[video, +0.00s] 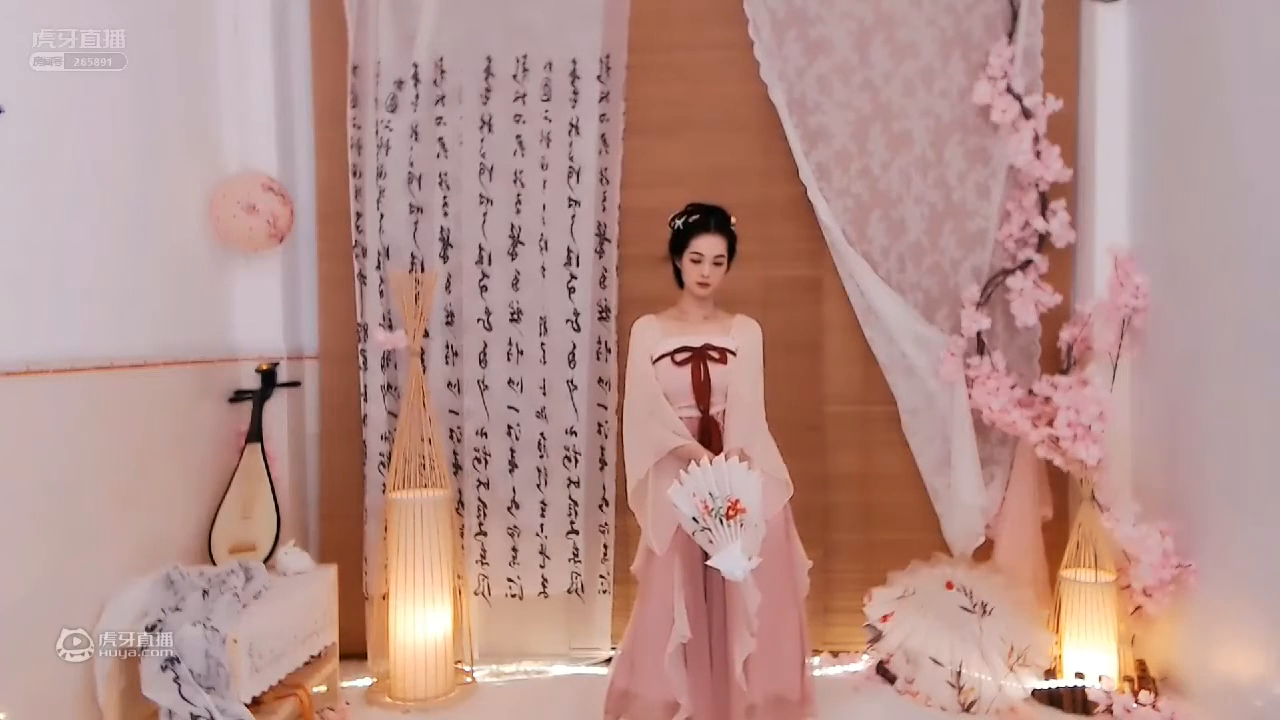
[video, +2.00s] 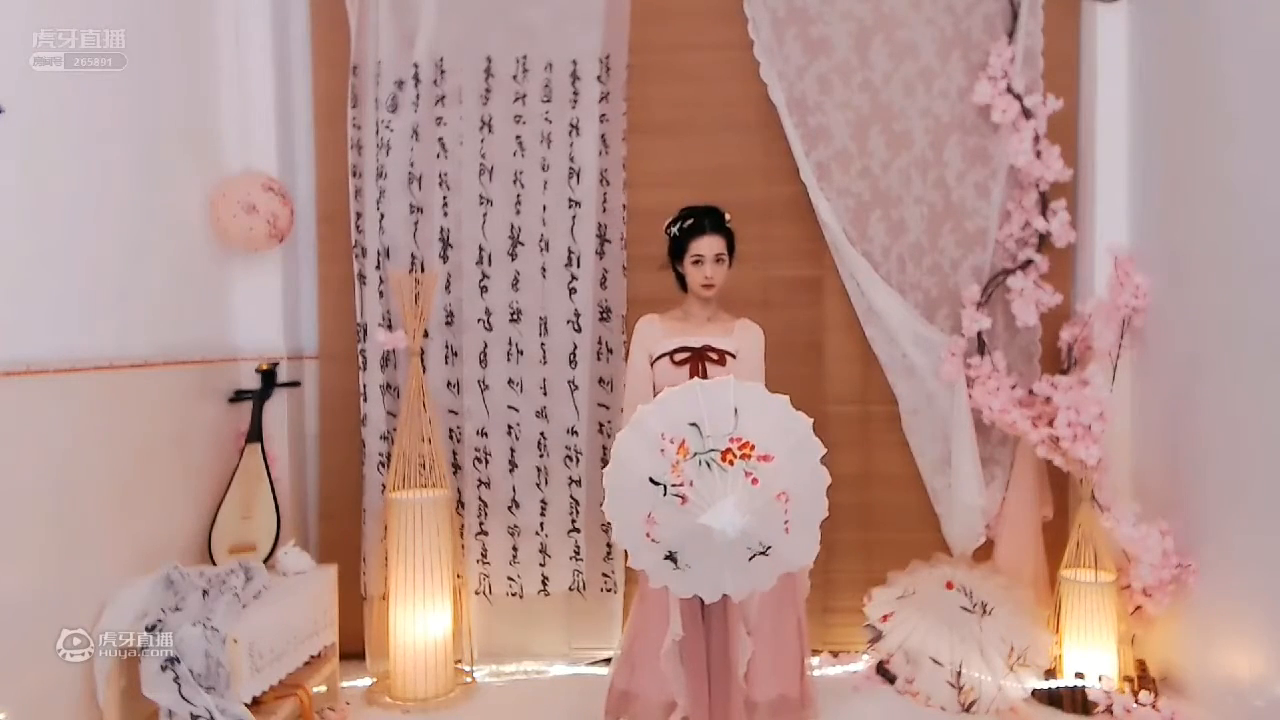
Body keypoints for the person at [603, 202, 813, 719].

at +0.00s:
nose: (707, 272)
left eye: (718, 262)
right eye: (697, 260)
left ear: (729, 267)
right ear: (677, 261)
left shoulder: (745, 330)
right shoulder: (648, 330)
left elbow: (750, 412)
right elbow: (645, 411)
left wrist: (738, 464)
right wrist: (689, 451)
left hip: (741, 470)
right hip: (674, 472)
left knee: (745, 590)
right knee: (679, 588)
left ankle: (747, 703)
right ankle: (681, 704)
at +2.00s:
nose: (709, 272)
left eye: (718, 261)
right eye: (698, 261)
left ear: (730, 265)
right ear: (678, 265)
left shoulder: (749, 334)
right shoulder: (651, 329)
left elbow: (757, 423)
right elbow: (636, 419)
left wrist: (753, 493)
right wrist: (651, 493)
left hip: (735, 486)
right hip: (670, 485)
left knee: (734, 606)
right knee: (674, 604)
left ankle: (735, 710)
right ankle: (676, 710)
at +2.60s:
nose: (710, 270)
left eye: (719, 259)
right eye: (699, 260)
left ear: (733, 263)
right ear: (682, 266)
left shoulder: (751, 335)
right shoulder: (656, 328)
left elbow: (762, 424)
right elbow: (638, 415)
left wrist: (762, 492)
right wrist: (645, 487)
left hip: (735, 484)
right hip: (670, 483)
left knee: (734, 605)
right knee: (672, 603)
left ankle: (734, 710)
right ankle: (673, 710)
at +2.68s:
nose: (710, 270)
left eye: (720, 259)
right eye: (699, 260)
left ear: (734, 263)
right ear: (683, 267)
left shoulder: (752, 335)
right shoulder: (657, 327)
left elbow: (764, 424)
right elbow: (636, 414)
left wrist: (765, 492)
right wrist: (642, 488)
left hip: (736, 486)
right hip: (671, 485)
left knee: (736, 607)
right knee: (672, 606)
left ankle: (736, 711)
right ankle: (674, 710)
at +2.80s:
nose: (711, 270)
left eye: (720, 259)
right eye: (699, 260)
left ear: (734, 263)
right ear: (683, 267)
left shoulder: (753, 336)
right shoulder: (657, 327)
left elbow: (764, 424)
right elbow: (635, 412)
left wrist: (764, 490)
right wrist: (643, 486)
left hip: (737, 488)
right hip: (672, 486)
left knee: (737, 608)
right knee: (672, 606)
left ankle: (736, 711)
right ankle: (674, 710)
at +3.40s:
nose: (714, 271)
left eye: (723, 259)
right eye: (703, 261)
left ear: (738, 263)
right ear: (688, 266)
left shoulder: (755, 335)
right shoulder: (661, 325)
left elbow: (769, 425)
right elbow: (642, 412)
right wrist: (651, 478)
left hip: (738, 494)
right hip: (674, 491)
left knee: (738, 610)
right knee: (673, 610)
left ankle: (736, 711)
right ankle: (675, 711)